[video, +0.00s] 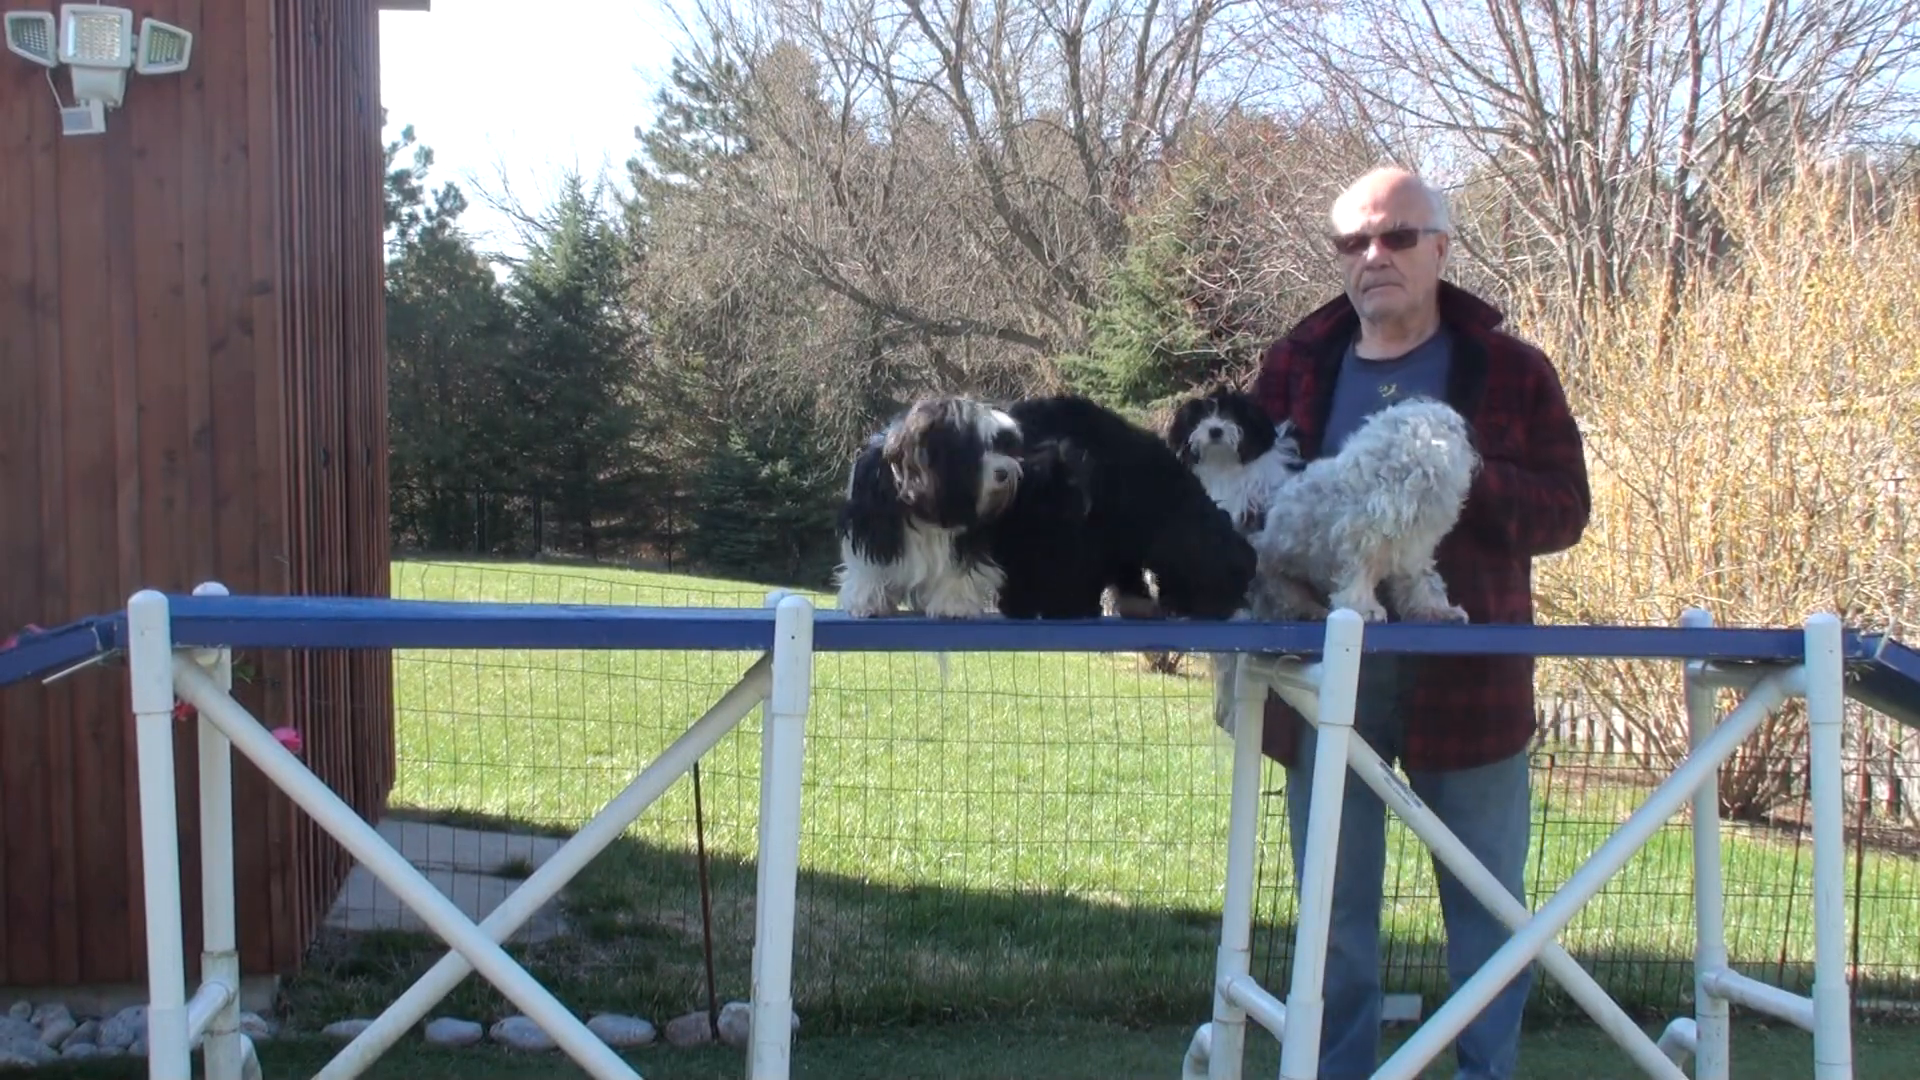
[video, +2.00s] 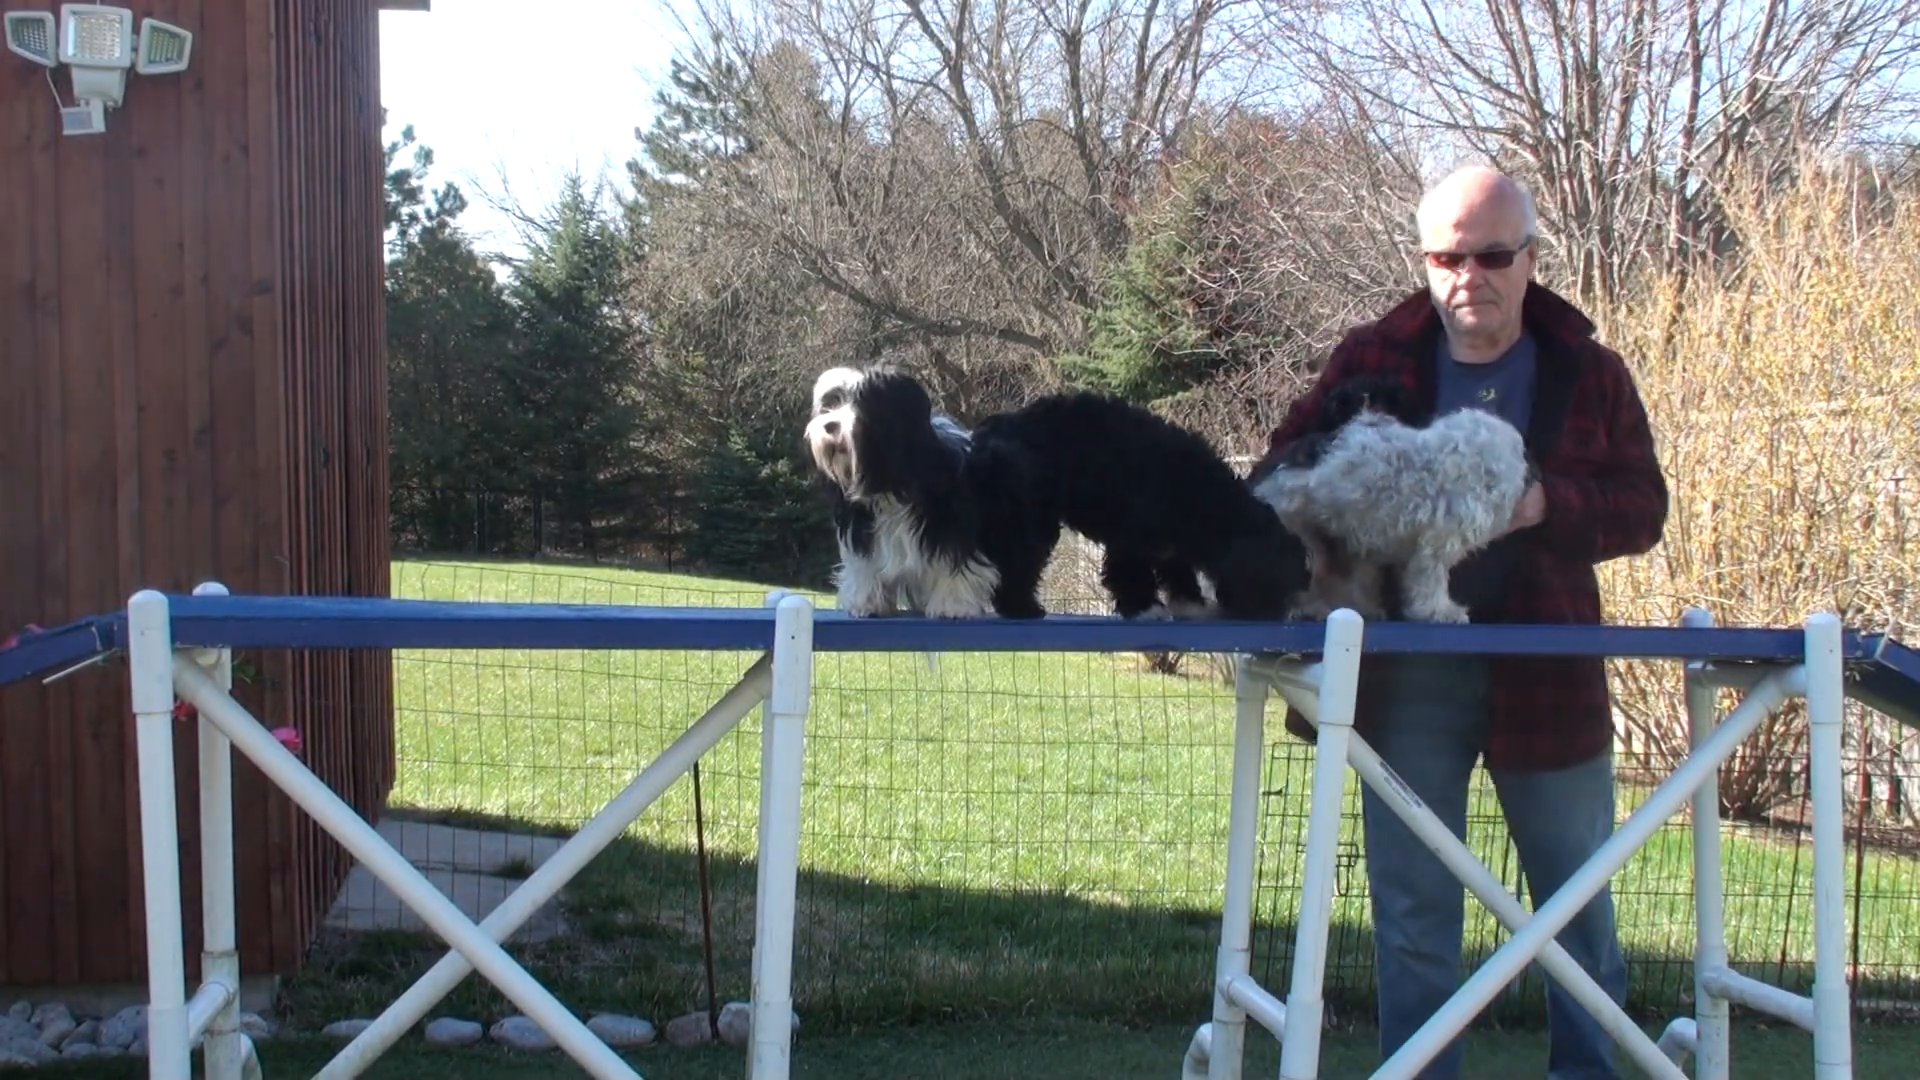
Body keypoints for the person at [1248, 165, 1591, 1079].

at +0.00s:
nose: (1375, 255)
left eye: (1398, 238)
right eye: (1357, 241)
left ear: (1442, 250)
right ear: (1338, 257)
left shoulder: (1513, 370)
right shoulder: (1292, 367)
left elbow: (1562, 509)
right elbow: (1239, 501)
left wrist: (1444, 480)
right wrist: (1312, 517)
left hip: (1469, 674)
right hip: (1325, 671)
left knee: (1487, 911)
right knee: (1334, 912)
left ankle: (1486, 1062)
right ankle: (1336, 1070)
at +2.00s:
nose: (1470, 279)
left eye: (1494, 258)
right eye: (1449, 260)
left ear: (1531, 254)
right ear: (1423, 259)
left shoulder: (1586, 371)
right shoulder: (1372, 358)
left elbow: (1641, 508)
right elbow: (1280, 470)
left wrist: (1545, 501)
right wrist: (1331, 528)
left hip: (1549, 671)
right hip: (1409, 666)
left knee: (1580, 912)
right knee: (1412, 912)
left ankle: (1589, 1070)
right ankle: (1418, 1073)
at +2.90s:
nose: (1583, 250)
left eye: (1607, 235)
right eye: (1563, 235)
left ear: (1641, 254)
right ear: (1535, 251)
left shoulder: (1685, 374)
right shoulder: (1475, 347)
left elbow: (1727, 514)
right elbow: (1386, 439)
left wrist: (1619, 466)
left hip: (1614, 659)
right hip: (1476, 652)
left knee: (1613, 900)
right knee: (1451, 894)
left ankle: (1596, 1069)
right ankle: (1426, 1068)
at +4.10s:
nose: (1542, 278)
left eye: (1565, 257)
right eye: (1520, 260)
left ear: (1605, 255)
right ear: (1492, 264)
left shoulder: (1637, 354)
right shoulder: (1449, 357)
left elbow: (1700, 393)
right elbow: (1375, 464)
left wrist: (1648, 320)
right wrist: (1368, 533)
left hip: (1621, 660)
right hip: (1482, 660)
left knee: (1634, 890)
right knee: (1492, 898)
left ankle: (1616, 1068)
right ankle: (1502, 1065)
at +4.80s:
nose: (1589, 261)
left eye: (1612, 242)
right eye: (1568, 244)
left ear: (1652, 252)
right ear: (1544, 257)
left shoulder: (1705, 361)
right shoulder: (1488, 351)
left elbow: (1769, 472)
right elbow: (1416, 470)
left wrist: (1627, 394)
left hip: (1640, 665)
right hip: (1501, 662)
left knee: (1645, 907)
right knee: (1494, 901)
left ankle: (1639, 1073)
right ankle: (1498, 1067)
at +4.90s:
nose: (1588, 260)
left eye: (1612, 241)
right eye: (1567, 243)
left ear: (1652, 252)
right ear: (1543, 257)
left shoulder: (1704, 361)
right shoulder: (1487, 352)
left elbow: (1771, 476)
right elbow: (1415, 471)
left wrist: (1635, 417)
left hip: (1638, 665)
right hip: (1499, 662)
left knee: (1644, 908)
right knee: (1492, 903)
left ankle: (1638, 1073)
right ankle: (1497, 1068)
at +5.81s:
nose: (1573, 263)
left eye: (1596, 243)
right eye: (1553, 246)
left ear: (1636, 251)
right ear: (1531, 260)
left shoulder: (1688, 355)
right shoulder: (1484, 350)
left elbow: (1724, 460)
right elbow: (1415, 454)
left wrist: (1620, 459)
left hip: (1634, 662)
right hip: (1497, 657)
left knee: (1644, 896)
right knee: (1493, 895)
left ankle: (1637, 1069)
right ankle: (1497, 1063)